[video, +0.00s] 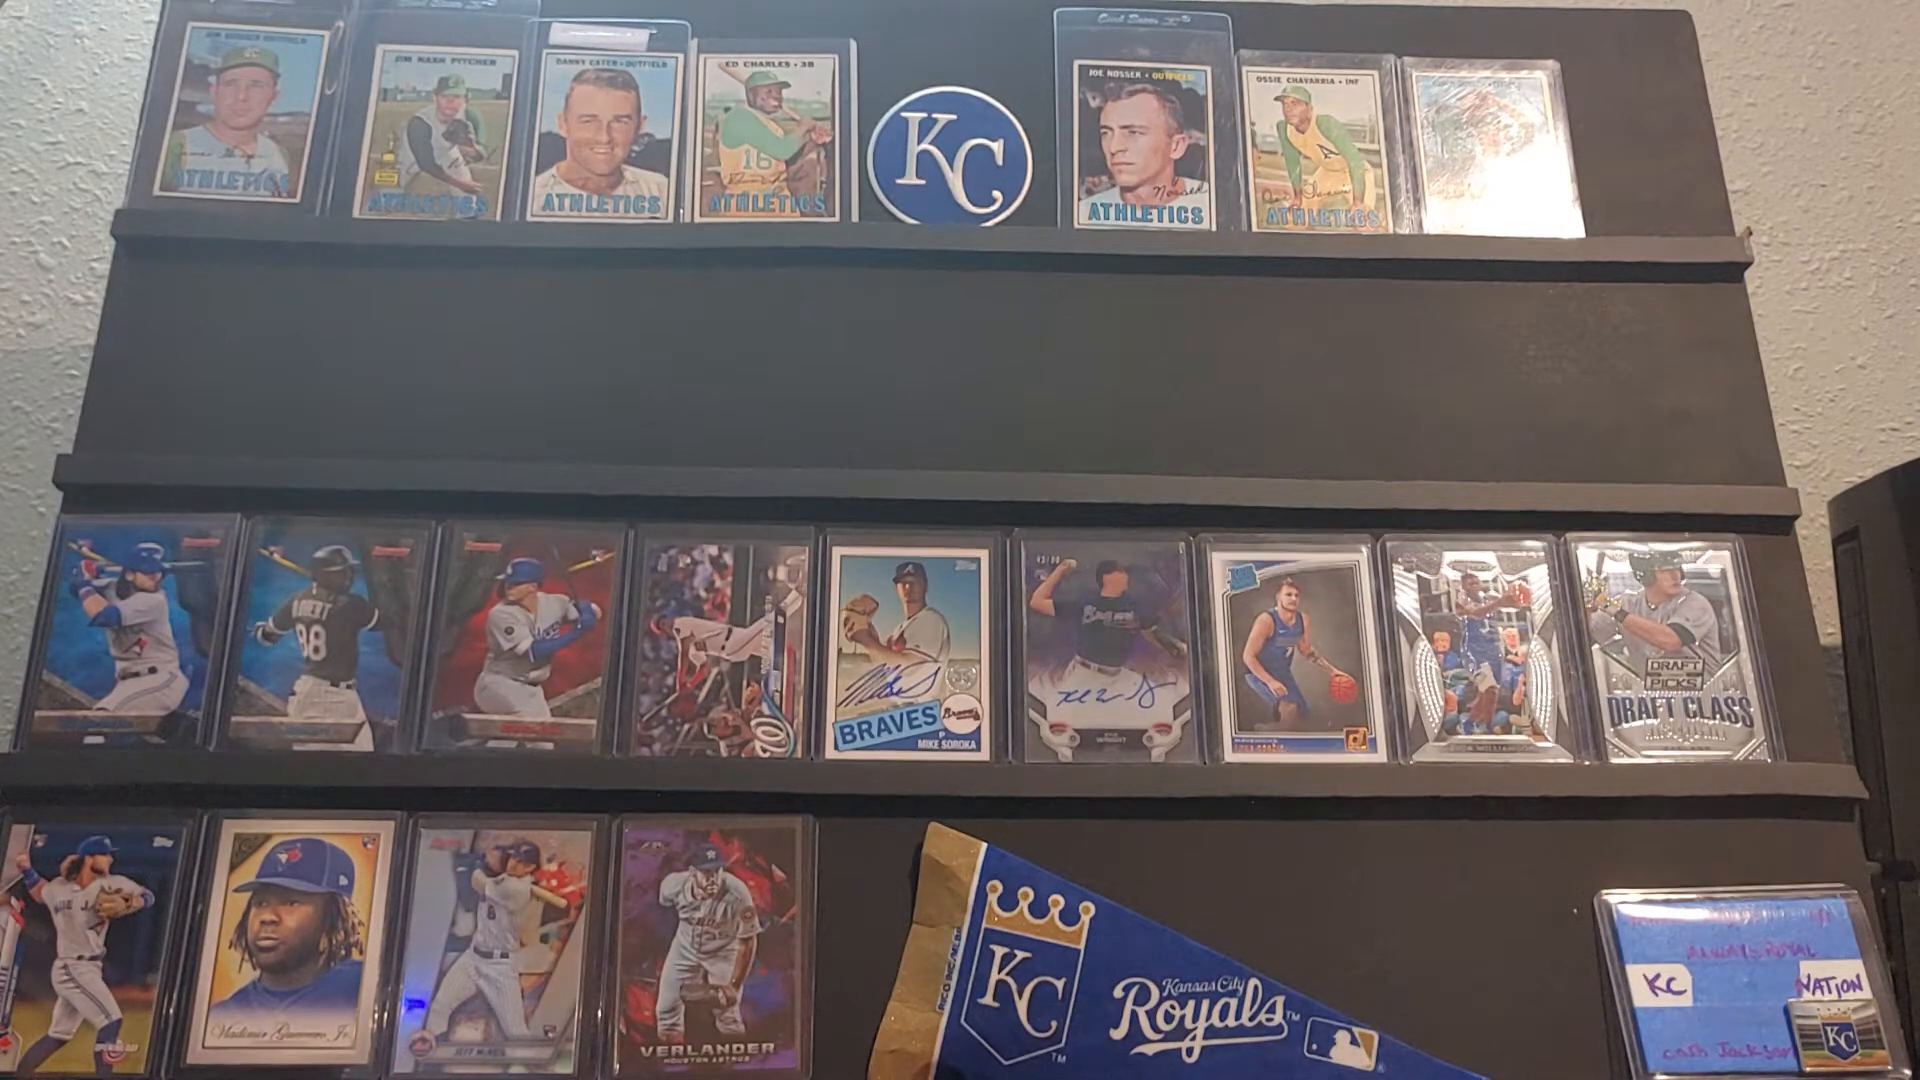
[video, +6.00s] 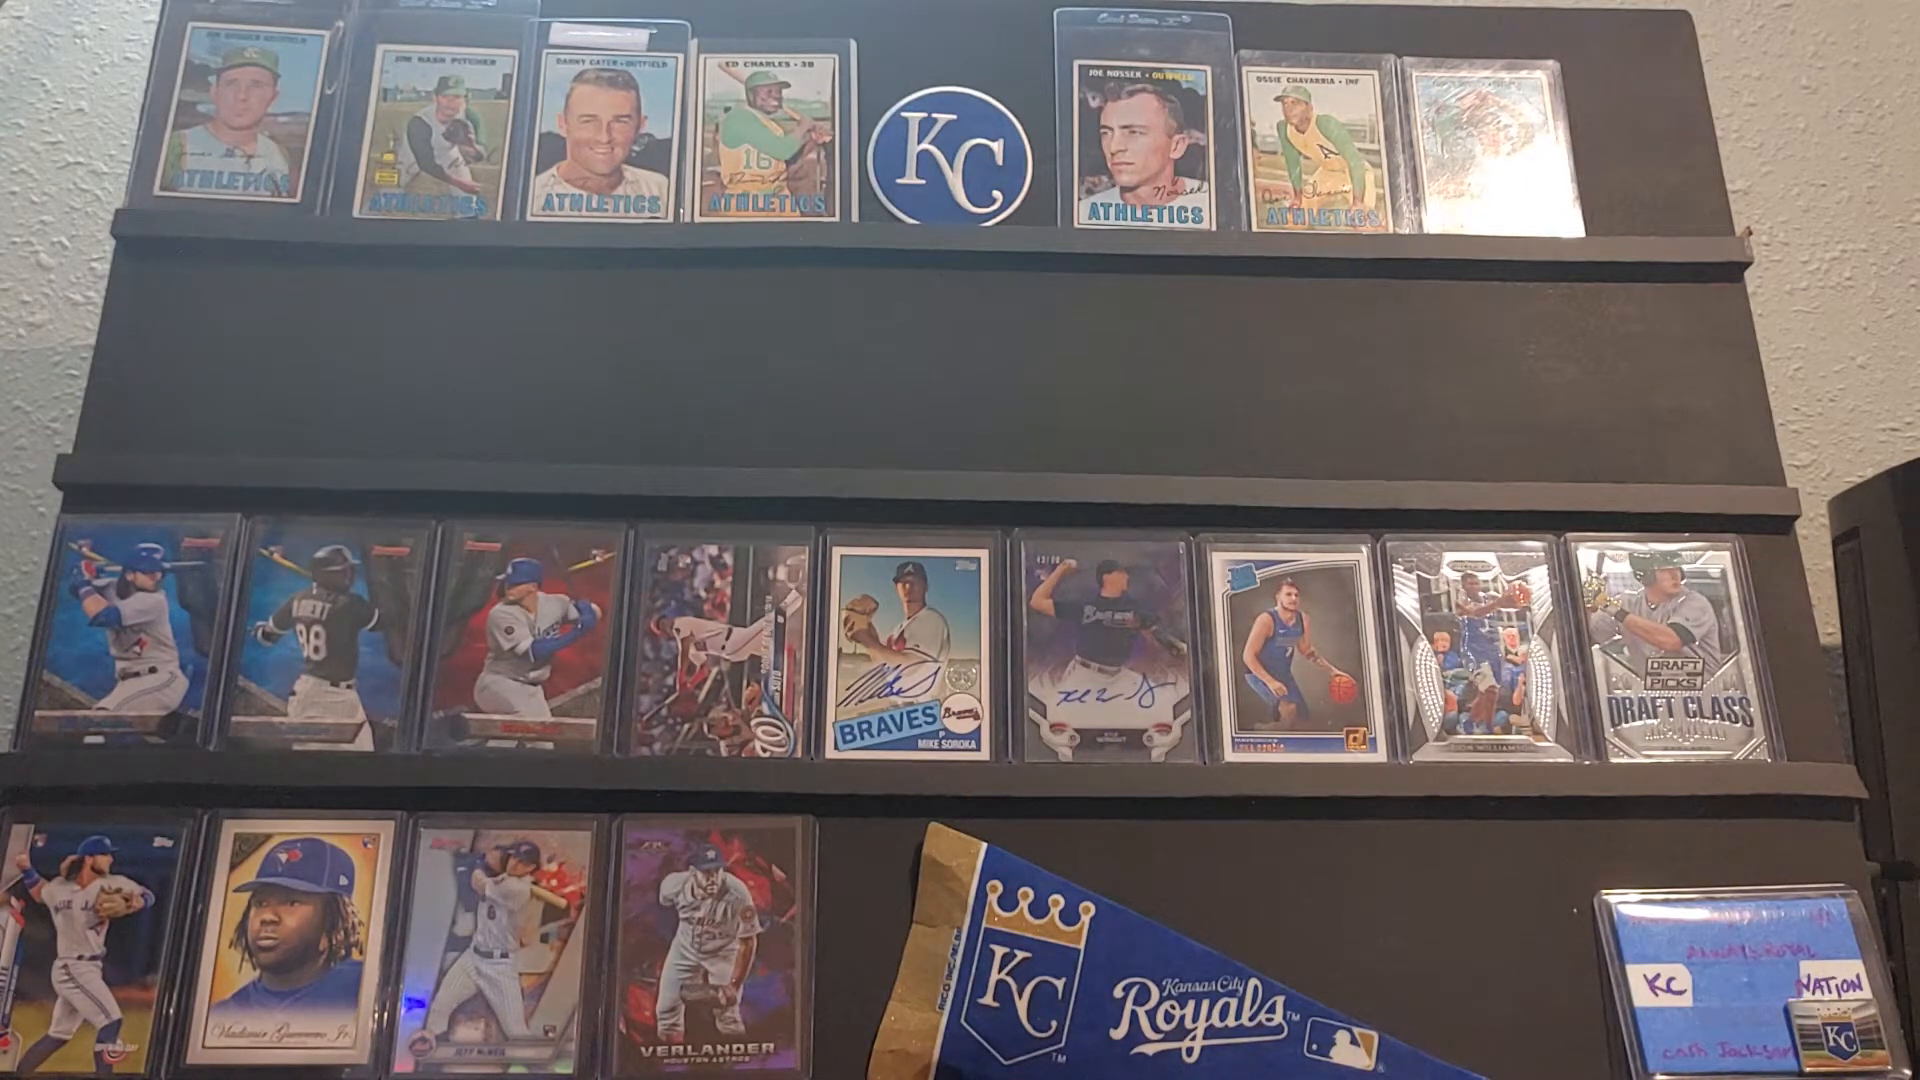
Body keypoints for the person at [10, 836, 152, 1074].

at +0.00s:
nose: (110, 859)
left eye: (109, 855)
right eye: (105, 855)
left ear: (98, 861)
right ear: (89, 859)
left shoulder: (111, 884)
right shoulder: (58, 888)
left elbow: (148, 896)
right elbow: (40, 891)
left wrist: (131, 904)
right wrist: (26, 869)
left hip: (90, 969)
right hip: (71, 969)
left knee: (58, 1035)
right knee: (111, 1020)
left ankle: (20, 1073)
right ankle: (104, 1074)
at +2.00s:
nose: (110, 859)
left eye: (110, 855)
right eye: (105, 855)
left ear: (96, 861)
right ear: (89, 859)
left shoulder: (111, 884)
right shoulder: (58, 888)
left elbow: (148, 896)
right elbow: (39, 892)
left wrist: (130, 904)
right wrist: (26, 870)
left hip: (90, 969)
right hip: (71, 969)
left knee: (58, 1036)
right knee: (111, 1020)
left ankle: (19, 1073)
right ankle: (104, 1074)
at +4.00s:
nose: (110, 859)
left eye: (110, 855)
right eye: (105, 855)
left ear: (97, 861)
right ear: (89, 859)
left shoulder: (110, 884)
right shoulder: (58, 888)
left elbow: (148, 896)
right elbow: (40, 891)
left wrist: (129, 904)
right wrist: (27, 870)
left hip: (90, 969)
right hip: (71, 969)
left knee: (59, 1035)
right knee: (111, 1020)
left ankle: (19, 1072)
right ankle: (104, 1074)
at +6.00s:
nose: (110, 859)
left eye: (110, 855)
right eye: (105, 855)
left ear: (95, 861)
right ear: (89, 859)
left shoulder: (112, 884)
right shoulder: (58, 888)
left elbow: (149, 896)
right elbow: (39, 892)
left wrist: (134, 904)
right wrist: (27, 869)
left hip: (90, 968)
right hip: (71, 968)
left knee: (58, 1035)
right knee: (111, 1020)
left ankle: (19, 1072)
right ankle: (104, 1074)